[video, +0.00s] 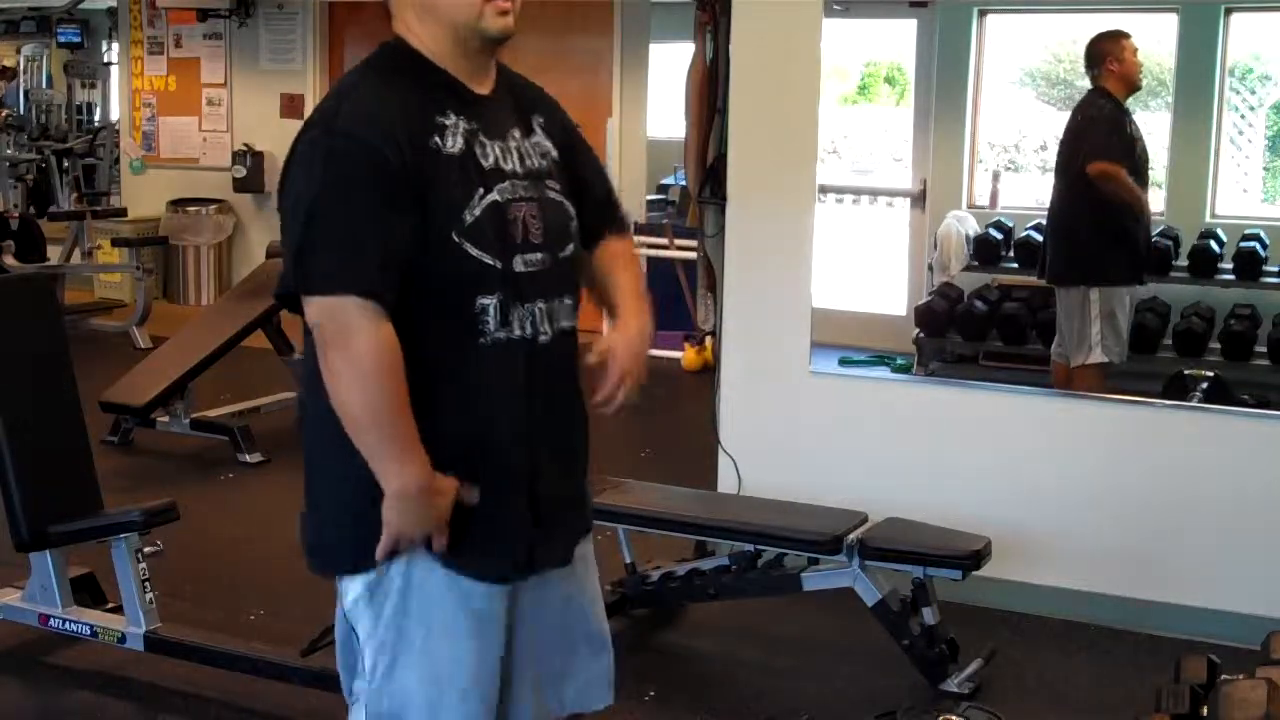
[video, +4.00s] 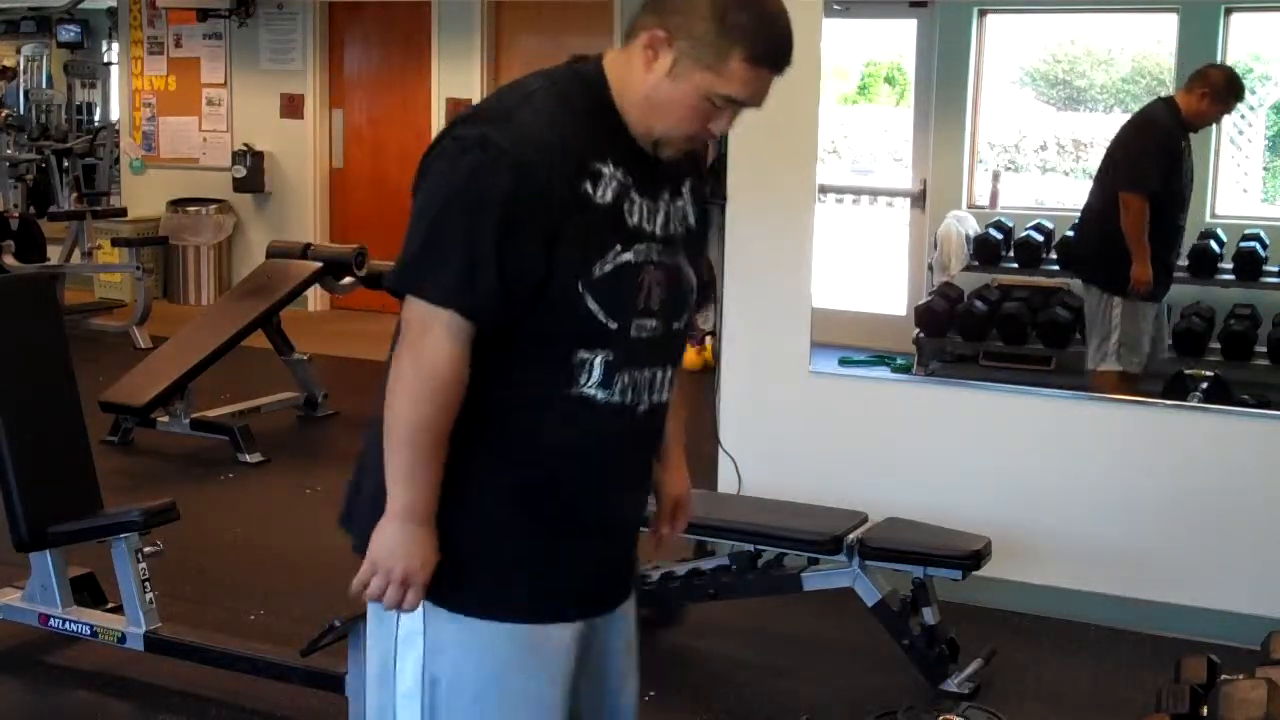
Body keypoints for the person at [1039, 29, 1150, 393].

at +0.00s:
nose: (1141, 63)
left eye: (1138, 55)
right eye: (1134, 55)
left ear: (1110, 65)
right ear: (1113, 64)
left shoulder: (1092, 107)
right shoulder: (1105, 108)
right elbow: (1100, 167)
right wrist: (1141, 202)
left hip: (1075, 253)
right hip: (1096, 256)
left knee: (1068, 352)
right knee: (1092, 359)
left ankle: (1066, 435)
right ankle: (1085, 442)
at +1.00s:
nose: (1183, 68)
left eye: (1182, 61)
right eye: (1178, 61)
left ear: (1153, 67)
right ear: (1154, 66)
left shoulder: (1153, 115)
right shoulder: (1138, 116)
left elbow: (1149, 187)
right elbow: (1134, 189)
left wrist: (1173, 247)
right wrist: (1155, 250)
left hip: (1155, 265)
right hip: (1137, 266)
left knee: (1136, 366)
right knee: (1118, 367)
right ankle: (1107, 444)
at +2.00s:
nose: (1197, 78)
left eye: (1197, 69)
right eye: (1194, 68)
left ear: (1168, 69)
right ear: (1171, 68)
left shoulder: (1157, 115)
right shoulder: (1145, 115)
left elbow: (1150, 188)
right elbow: (1141, 188)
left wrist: (1174, 249)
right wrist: (1162, 250)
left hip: (1160, 262)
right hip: (1143, 262)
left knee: (1143, 365)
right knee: (1127, 364)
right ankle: (1117, 446)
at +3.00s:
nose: (1211, 104)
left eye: (1215, 98)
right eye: (1212, 95)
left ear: (1191, 81)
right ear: (1191, 80)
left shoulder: (1177, 126)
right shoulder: (1146, 120)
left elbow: (1172, 195)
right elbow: (1129, 188)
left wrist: (1176, 256)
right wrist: (1143, 253)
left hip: (1166, 270)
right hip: (1138, 270)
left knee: (1154, 374)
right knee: (1123, 371)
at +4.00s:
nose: (1219, 120)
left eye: (1224, 114)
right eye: (1221, 111)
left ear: (1202, 95)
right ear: (1203, 95)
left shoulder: (1174, 128)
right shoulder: (1156, 125)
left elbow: (1155, 199)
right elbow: (1132, 197)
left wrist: (1156, 260)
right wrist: (1141, 261)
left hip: (1141, 272)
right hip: (1119, 271)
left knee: (1132, 370)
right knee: (1114, 371)